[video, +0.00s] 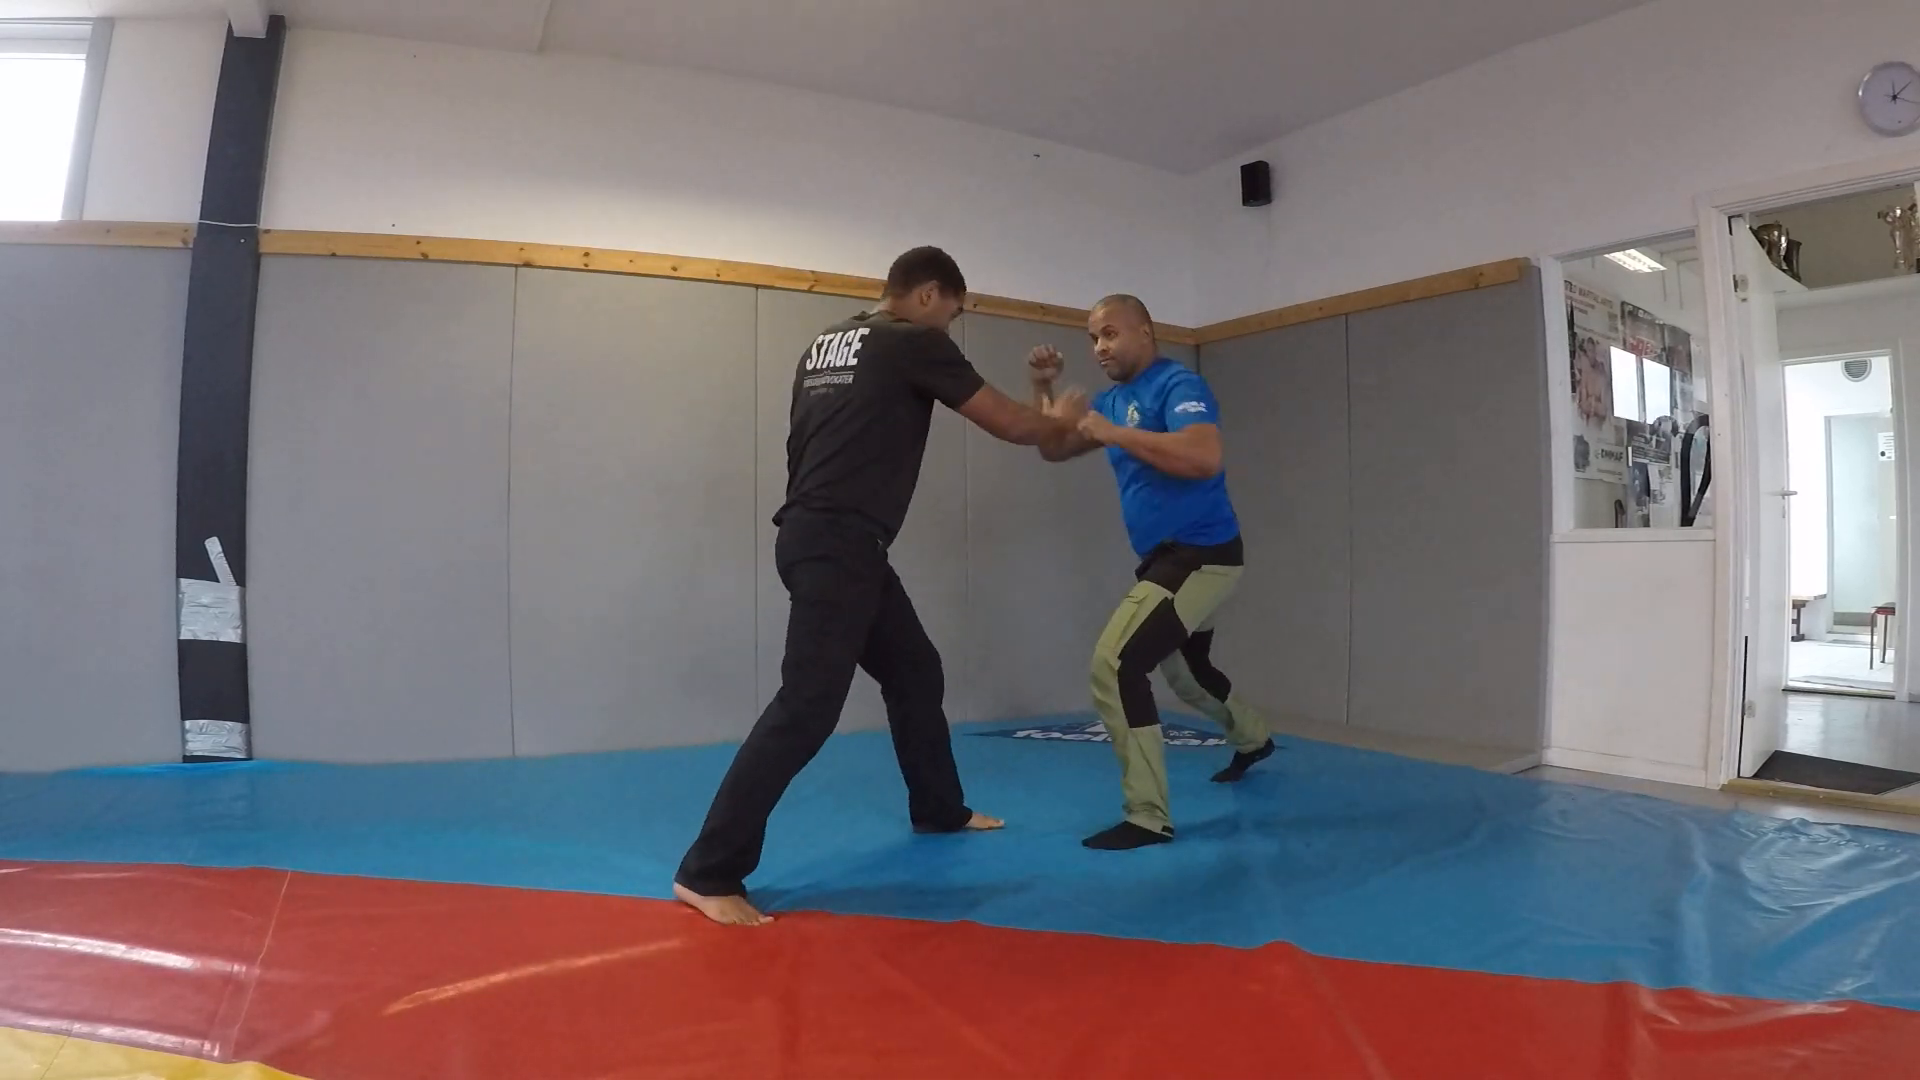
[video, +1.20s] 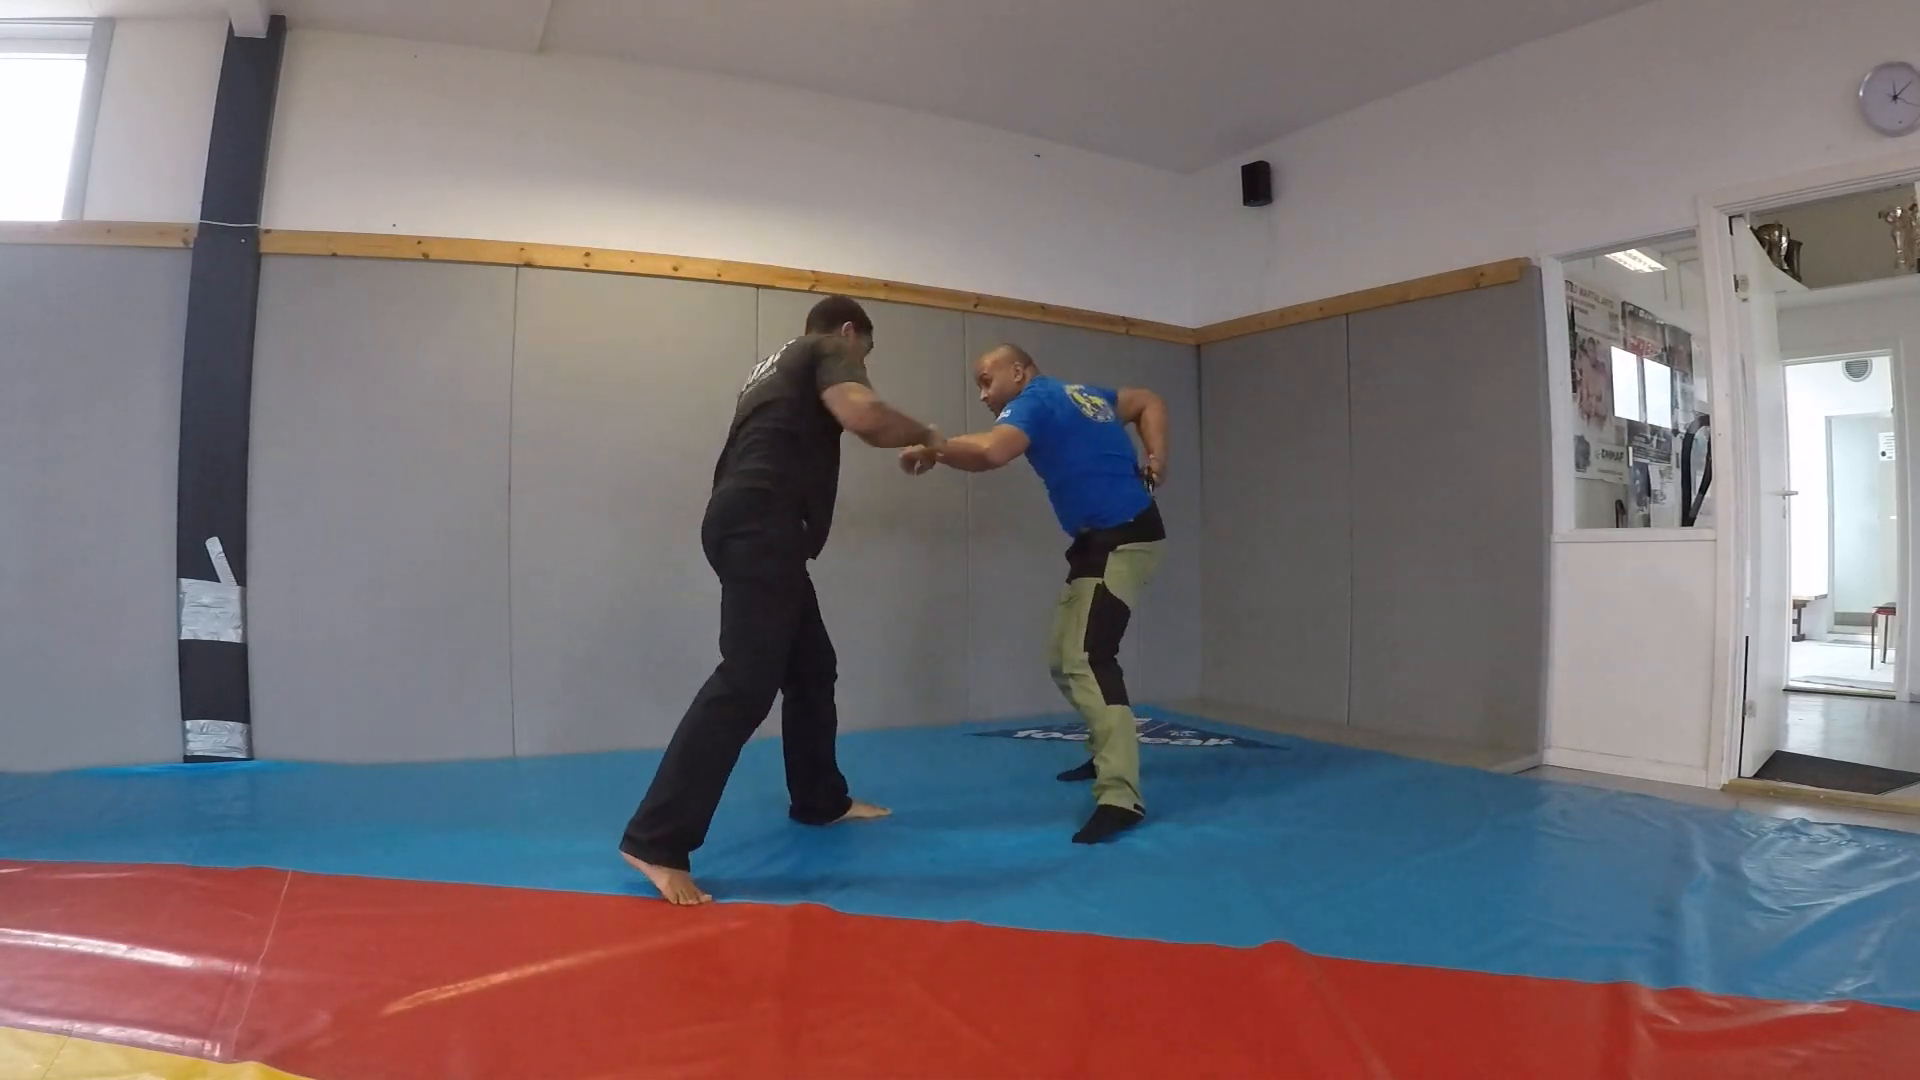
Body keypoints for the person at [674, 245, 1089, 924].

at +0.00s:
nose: (950, 324)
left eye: (954, 315)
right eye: (950, 312)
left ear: (896, 293)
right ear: (926, 294)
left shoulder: (827, 346)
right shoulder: (915, 343)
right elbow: (1013, 423)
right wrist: (1062, 420)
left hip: (816, 538)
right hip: (841, 544)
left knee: (914, 669)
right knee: (805, 712)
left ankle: (939, 811)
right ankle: (708, 874)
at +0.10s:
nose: (946, 319)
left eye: (950, 308)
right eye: (944, 304)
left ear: (892, 290)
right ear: (911, 288)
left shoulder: (827, 342)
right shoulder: (904, 340)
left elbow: (817, 445)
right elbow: (976, 447)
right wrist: (1025, 463)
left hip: (829, 539)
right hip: (843, 542)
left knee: (922, 668)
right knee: (801, 709)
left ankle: (930, 812)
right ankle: (711, 873)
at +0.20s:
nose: (941, 323)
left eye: (947, 313)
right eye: (939, 306)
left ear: (897, 289)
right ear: (903, 284)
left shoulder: (865, 339)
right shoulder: (873, 340)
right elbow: (916, 463)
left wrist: (955, 344)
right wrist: (976, 477)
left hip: (859, 543)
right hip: (830, 537)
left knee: (929, 668)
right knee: (807, 703)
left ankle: (931, 813)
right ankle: (714, 870)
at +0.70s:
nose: (882, 335)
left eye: (886, 325)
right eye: (883, 321)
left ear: (832, 302)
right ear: (859, 305)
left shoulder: (786, 347)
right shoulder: (819, 352)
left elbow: (813, 418)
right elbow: (881, 444)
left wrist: (859, 375)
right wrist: (917, 392)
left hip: (773, 541)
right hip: (762, 543)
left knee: (855, 651)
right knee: (755, 706)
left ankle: (851, 797)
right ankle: (657, 860)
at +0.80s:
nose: (864, 333)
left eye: (864, 327)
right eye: (864, 324)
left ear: (812, 314)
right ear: (850, 312)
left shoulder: (761, 359)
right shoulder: (834, 345)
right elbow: (917, 376)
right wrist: (923, 341)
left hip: (747, 535)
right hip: (780, 539)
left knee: (832, 665)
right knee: (765, 700)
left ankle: (818, 799)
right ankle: (657, 853)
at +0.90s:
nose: (856, 339)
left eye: (856, 332)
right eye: (855, 332)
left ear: (799, 326)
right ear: (841, 326)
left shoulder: (751, 374)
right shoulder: (842, 350)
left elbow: (746, 461)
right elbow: (959, 330)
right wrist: (953, 325)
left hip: (738, 538)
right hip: (786, 535)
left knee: (829, 663)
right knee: (765, 693)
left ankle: (820, 802)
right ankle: (656, 848)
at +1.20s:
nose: (864, 357)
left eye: (865, 349)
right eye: (864, 346)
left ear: (817, 329)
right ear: (849, 330)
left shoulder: (774, 367)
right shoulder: (829, 349)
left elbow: (748, 451)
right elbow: (862, 417)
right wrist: (922, 435)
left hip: (745, 526)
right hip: (762, 526)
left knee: (811, 666)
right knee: (750, 678)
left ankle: (819, 802)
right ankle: (655, 841)